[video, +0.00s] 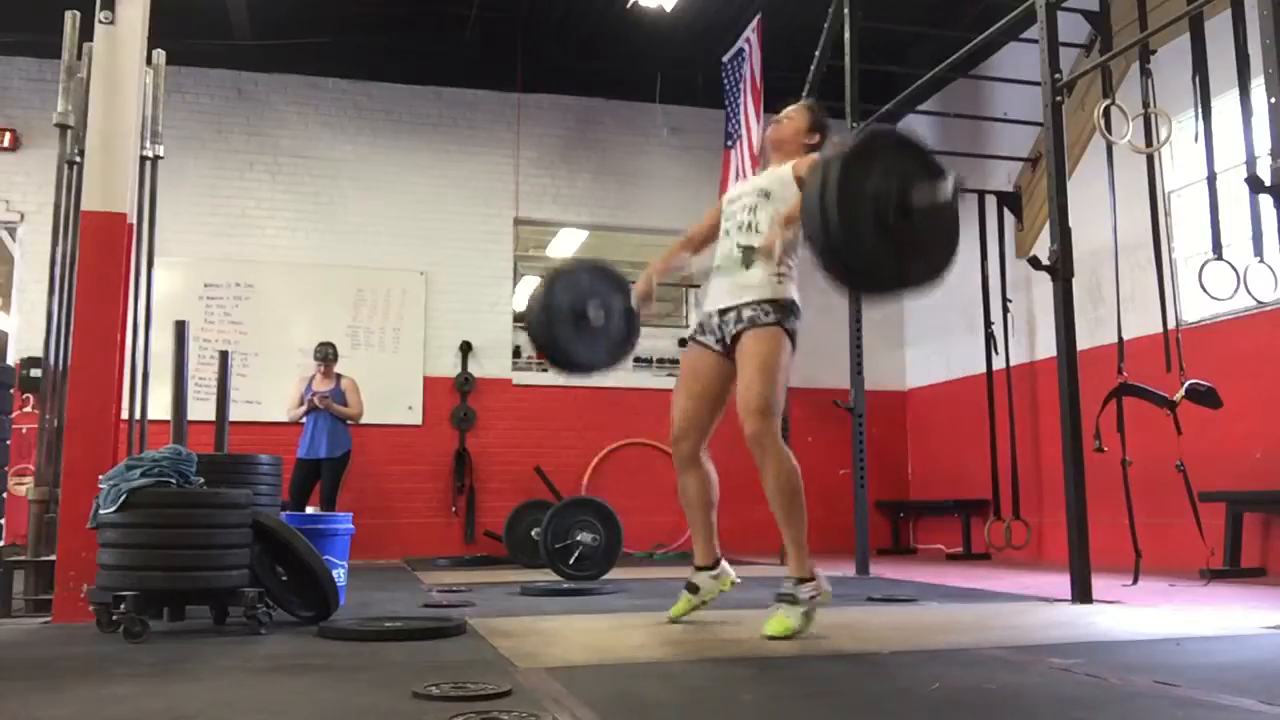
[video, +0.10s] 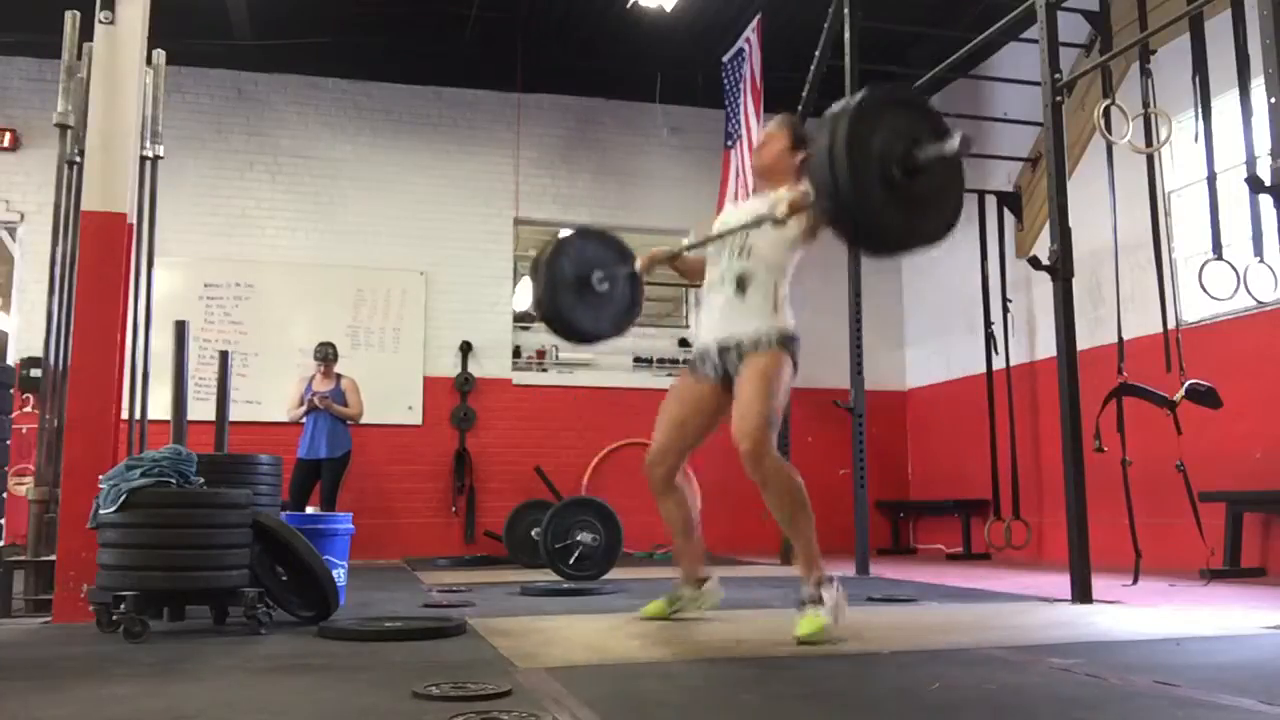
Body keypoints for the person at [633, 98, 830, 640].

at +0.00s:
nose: (774, 119)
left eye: (788, 115)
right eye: (776, 115)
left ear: (812, 137)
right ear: (769, 133)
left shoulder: (807, 165)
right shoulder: (739, 191)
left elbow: (819, 191)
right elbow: (694, 240)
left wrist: (790, 216)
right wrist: (651, 274)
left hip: (764, 307)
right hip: (713, 314)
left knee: (759, 426)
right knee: (684, 442)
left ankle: (803, 580)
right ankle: (708, 569)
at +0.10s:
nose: (757, 146)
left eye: (768, 139)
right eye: (759, 138)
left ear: (796, 155)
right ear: (759, 152)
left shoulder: (797, 201)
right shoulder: (732, 211)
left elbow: (821, 209)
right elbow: (708, 272)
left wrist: (805, 199)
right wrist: (668, 258)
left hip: (765, 342)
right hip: (712, 348)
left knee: (753, 445)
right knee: (661, 465)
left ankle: (817, 586)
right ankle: (695, 584)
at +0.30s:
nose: (724, 186)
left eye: (738, 181)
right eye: (724, 181)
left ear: (763, 203)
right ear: (722, 203)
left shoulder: (773, 254)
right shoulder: (696, 271)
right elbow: (638, 311)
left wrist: (767, 226)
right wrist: (645, 259)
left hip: (783, 397)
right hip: (726, 410)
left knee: (760, 475)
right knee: (637, 486)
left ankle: (826, 606)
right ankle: (682, 596)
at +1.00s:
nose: (731, 134)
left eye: (744, 127)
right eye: (730, 127)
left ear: (768, 146)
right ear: (726, 143)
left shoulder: (772, 196)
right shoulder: (696, 209)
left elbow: (737, 195)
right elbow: (635, 247)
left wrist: (773, 145)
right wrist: (646, 200)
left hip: (756, 342)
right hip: (705, 352)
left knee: (769, 458)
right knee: (671, 469)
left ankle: (820, 601)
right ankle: (684, 593)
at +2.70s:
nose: (744, 118)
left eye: (756, 113)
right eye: (744, 113)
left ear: (779, 134)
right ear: (740, 131)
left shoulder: (785, 183)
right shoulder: (713, 200)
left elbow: (818, 209)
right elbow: (663, 250)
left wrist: (810, 137)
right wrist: (652, 191)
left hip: (767, 333)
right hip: (714, 340)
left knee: (777, 460)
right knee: (709, 465)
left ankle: (803, 598)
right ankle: (721, 593)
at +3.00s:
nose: (752, 128)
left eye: (764, 123)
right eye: (750, 122)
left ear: (789, 139)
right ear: (746, 138)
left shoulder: (798, 175)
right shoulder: (726, 194)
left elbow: (855, 170)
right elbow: (677, 222)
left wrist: (830, 194)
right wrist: (663, 255)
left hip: (787, 333)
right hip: (735, 339)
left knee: (789, 459)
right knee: (719, 463)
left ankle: (804, 598)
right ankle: (722, 592)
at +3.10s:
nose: (725, 127)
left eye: (738, 121)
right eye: (726, 121)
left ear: (765, 136)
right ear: (725, 138)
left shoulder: (785, 181)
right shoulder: (712, 204)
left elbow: (846, 216)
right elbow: (680, 265)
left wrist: (820, 279)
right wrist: (667, 319)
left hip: (791, 339)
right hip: (739, 348)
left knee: (792, 462)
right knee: (720, 464)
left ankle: (804, 599)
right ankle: (722, 592)